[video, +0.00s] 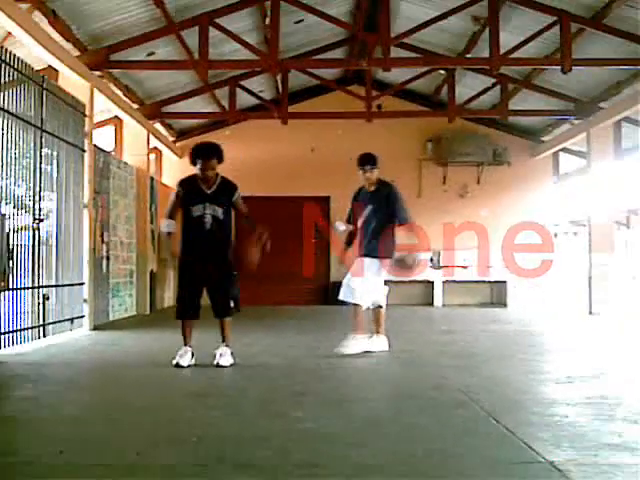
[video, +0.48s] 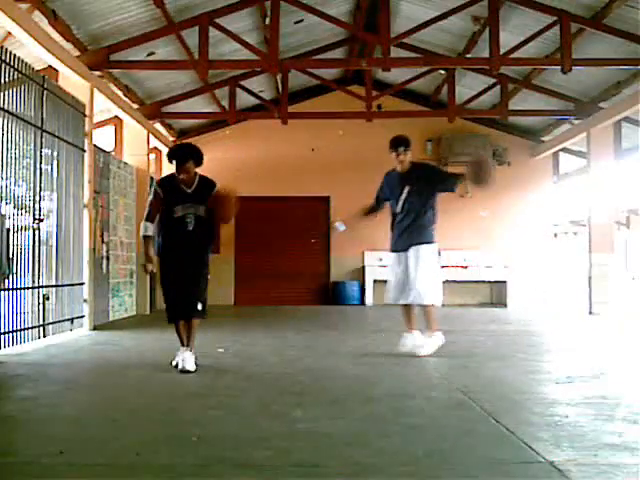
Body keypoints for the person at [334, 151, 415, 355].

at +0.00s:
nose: (368, 175)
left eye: (371, 171)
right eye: (364, 171)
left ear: (377, 170)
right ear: (360, 172)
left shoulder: (389, 191)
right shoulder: (359, 194)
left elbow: (404, 222)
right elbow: (353, 225)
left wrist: (414, 251)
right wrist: (346, 247)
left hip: (379, 253)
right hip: (363, 252)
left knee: (355, 289)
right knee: (377, 294)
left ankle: (358, 335)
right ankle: (380, 337)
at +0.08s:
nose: (368, 175)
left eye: (371, 171)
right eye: (364, 171)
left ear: (377, 170)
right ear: (360, 172)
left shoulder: (389, 191)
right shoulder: (359, 194)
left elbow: (404, 222)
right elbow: (353, 225)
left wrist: (414, 251)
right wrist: (346, 247)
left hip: (379, 253)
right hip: (363, 252)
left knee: (354, 288)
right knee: (377, 293)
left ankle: (358, 335)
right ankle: (380, 337)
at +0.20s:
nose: (380, 176)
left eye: (383, 171)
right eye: (376, 172)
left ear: (389, 171)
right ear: (372, 173)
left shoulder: (401, 190)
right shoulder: (371, 197)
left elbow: (421, 203)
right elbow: (359, 219)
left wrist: (436, 194)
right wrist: (339, 226)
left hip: (393, 254)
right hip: (375, 254)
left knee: (380, 296)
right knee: (368, 297)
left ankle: (412, 335)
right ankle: (379, 338)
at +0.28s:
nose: (385, 174)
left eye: (388, 169)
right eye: (382, 170)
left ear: (395, 170)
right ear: (378, 173)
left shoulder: (411, 188)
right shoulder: (378, 196)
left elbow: (437, 193)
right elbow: (363, 215)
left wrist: (456, 186)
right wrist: (330, 212)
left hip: (404, 255)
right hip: (384, 255)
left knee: (400, 300)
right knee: (376, 299)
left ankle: (424, 339)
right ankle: (380, 337)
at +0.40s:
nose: (393, 165)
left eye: (396, 160)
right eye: (389, 161)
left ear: (403, 161)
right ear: (385, 163)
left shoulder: (419, 179)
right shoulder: (385, 187)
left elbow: (444, 183)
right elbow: (368, 205)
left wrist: (460, 172)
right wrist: (339, 208)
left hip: (414, 248)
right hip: (393, 249)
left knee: (410, 295)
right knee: (390, 293)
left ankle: (424, 338)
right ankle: (394, 334)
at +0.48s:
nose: (400, 157)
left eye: (403, 153)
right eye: (396, 153)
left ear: (410, 152)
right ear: (391, 155)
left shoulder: (425, 171)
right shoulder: (390, 179)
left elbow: (451, 181)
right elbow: (377, 205)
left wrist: (465, 180)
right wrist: (351, 220)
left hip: (422, 239)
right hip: (399, 242)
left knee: (424, 287)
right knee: (404, 289)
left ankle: (434, 334)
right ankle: (410, 334)